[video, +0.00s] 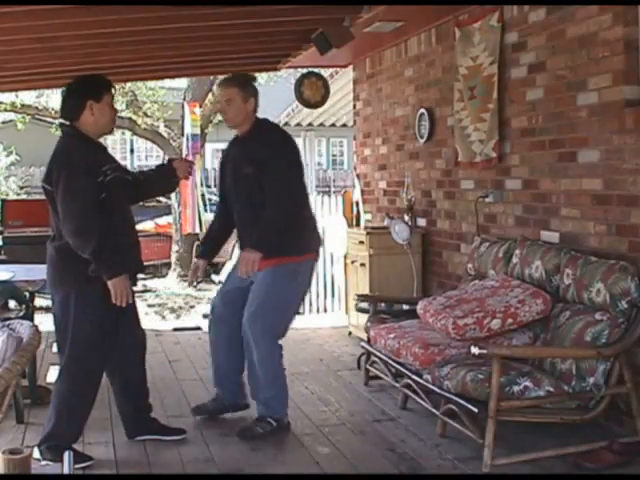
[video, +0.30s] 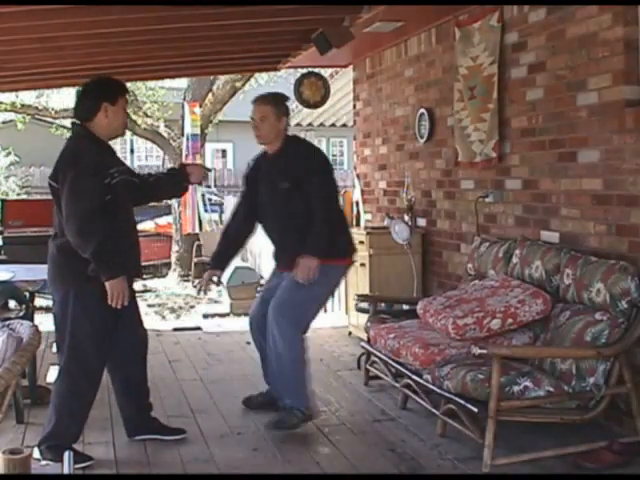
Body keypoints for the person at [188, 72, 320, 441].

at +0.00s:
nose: (222, 110)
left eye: (228, 102)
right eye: (220, 103)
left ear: (250, 102)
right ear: (223, 107)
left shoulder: (277, 141)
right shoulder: (232, 153)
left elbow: (286, 202)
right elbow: (228, 210)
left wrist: (258, 244)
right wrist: (205, 254)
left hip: (291, 253)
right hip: (255, 254)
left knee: (259, 324)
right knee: (223, 313)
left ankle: (274, 415)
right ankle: (230, 395)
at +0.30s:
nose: (256, 127)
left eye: (263, 120)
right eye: (254, 121)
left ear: (283, 121)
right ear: (253, 124)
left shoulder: (309, 157)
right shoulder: (258, 170)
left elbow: (327, 209)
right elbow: (242, 220)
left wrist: (312, 251)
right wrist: (217, 264)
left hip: (327, 257)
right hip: (290, 259)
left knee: (282, 317)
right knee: (260, 317)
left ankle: (298, 406)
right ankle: (279, 391)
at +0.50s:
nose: (280, 142)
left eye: (286, 135)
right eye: (279, 135)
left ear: (307, 135)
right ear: (288, 138)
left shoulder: (338, 171)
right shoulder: (298, 180)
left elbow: (361, 225)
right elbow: (302, 236)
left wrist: (357, 276)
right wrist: (277, 273)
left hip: (363, 266)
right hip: (328, 267)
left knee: (321, 323)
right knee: (291, 314)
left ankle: (350, 406)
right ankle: (284, 391)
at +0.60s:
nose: (295, 155)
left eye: (301, 148)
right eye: (295, 148)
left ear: (321, 149)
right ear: (309, 151)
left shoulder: (353, 182)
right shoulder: (313, 189)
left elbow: (383, 226)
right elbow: (333, 235)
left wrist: (400, 268)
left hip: (377, 272)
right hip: (345, 271)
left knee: (328, 319)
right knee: (304, 309)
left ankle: (348, 407)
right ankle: (305, 388)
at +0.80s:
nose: (336, 186)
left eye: (343, 180)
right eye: (336, 180)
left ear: (364, 182)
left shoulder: (397, 213)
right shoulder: (355, 217)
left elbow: (422, 263)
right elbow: (378, 268)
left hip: (424, 294)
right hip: (389, 289)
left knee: (357, 315)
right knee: (335, 309)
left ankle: (349, 406)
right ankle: (328, 388)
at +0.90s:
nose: (365, 203)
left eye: (370, 197)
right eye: (364, 197)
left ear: (392, 197)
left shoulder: (426, 228)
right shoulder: (388, 232)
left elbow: (443, 286)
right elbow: (403, 282)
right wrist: (389, 298)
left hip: (444, 309)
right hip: (413, 302)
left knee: (371, 314)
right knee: (351, 307)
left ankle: (351, 402)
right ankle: (327, 386)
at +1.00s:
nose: (401, 218)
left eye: (407, 211)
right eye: (400, 211)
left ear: (429, 211)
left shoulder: (456, 242)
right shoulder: (416, 242)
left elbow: (467, 302)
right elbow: (422, 290)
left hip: (456, 318)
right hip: (428, 312)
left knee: (389, 312)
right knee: (365, 308)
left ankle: (352, 397)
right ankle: (330, 383)